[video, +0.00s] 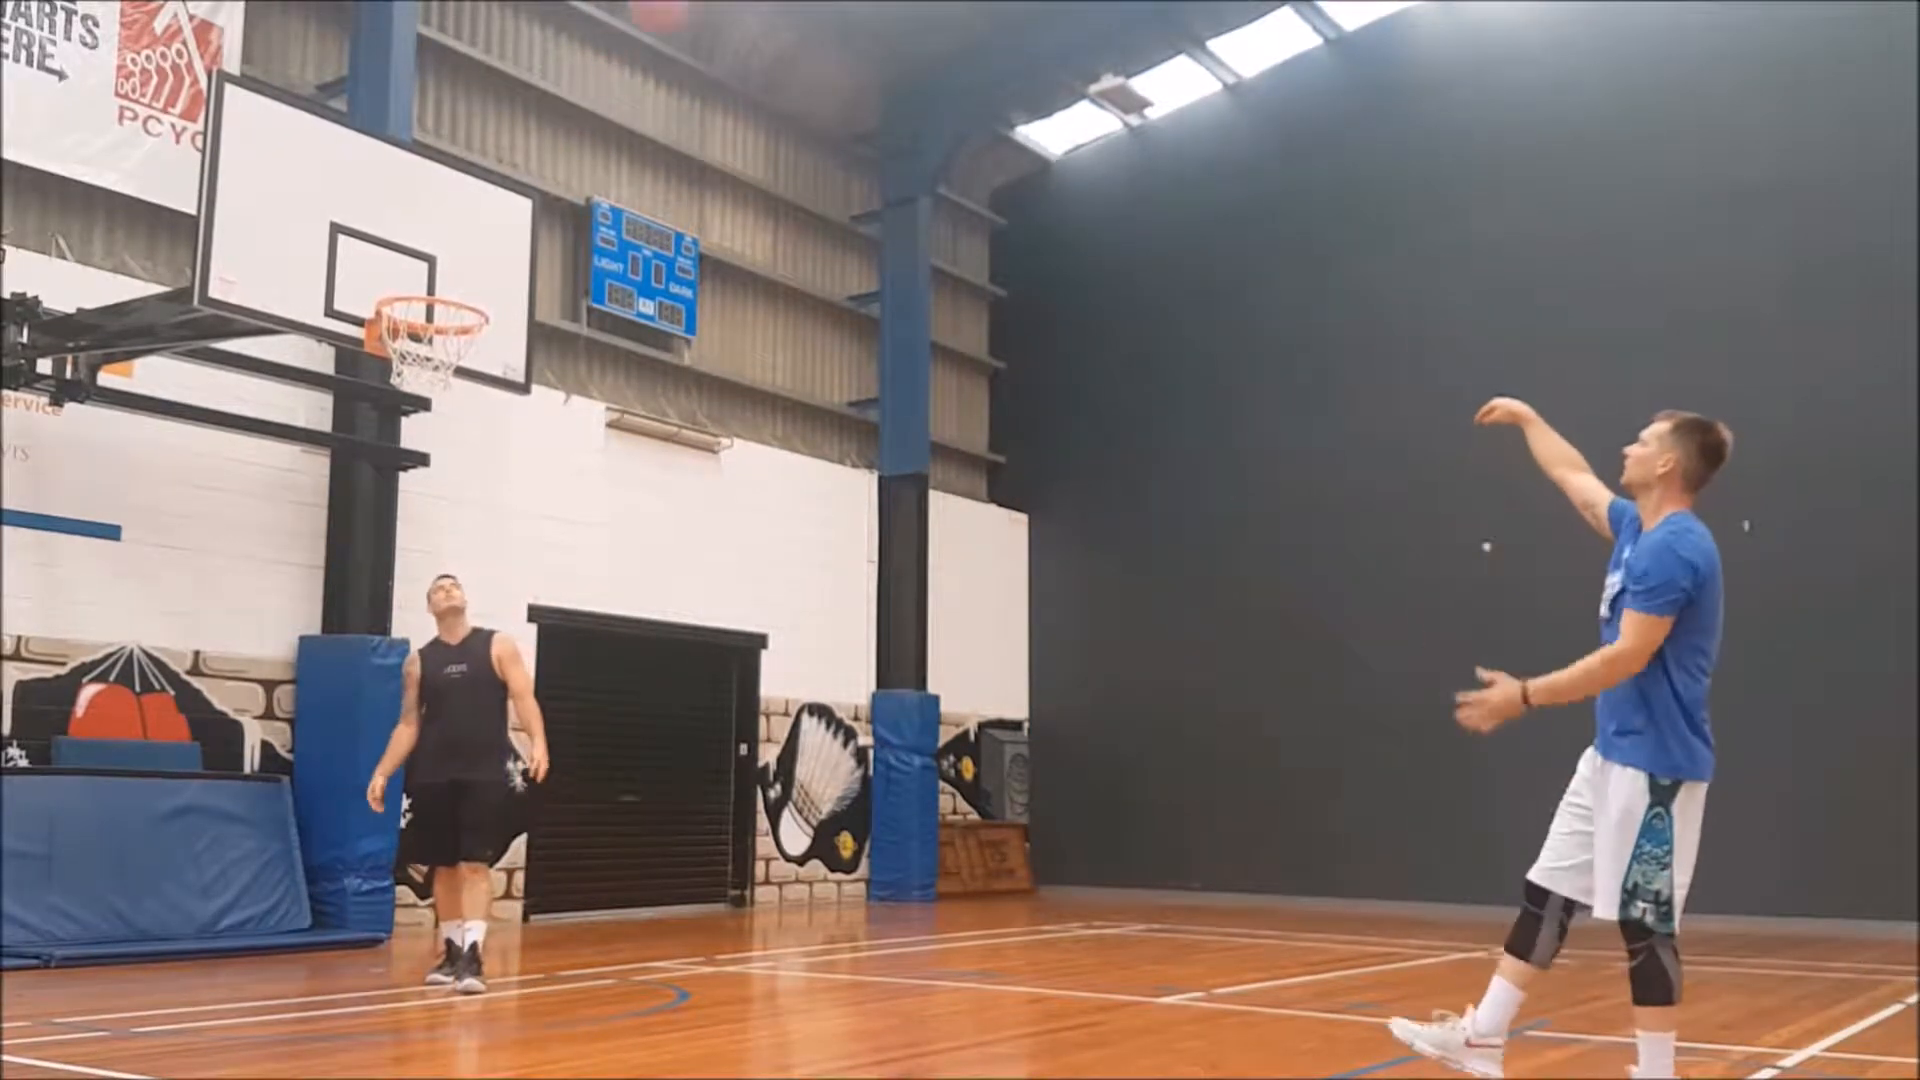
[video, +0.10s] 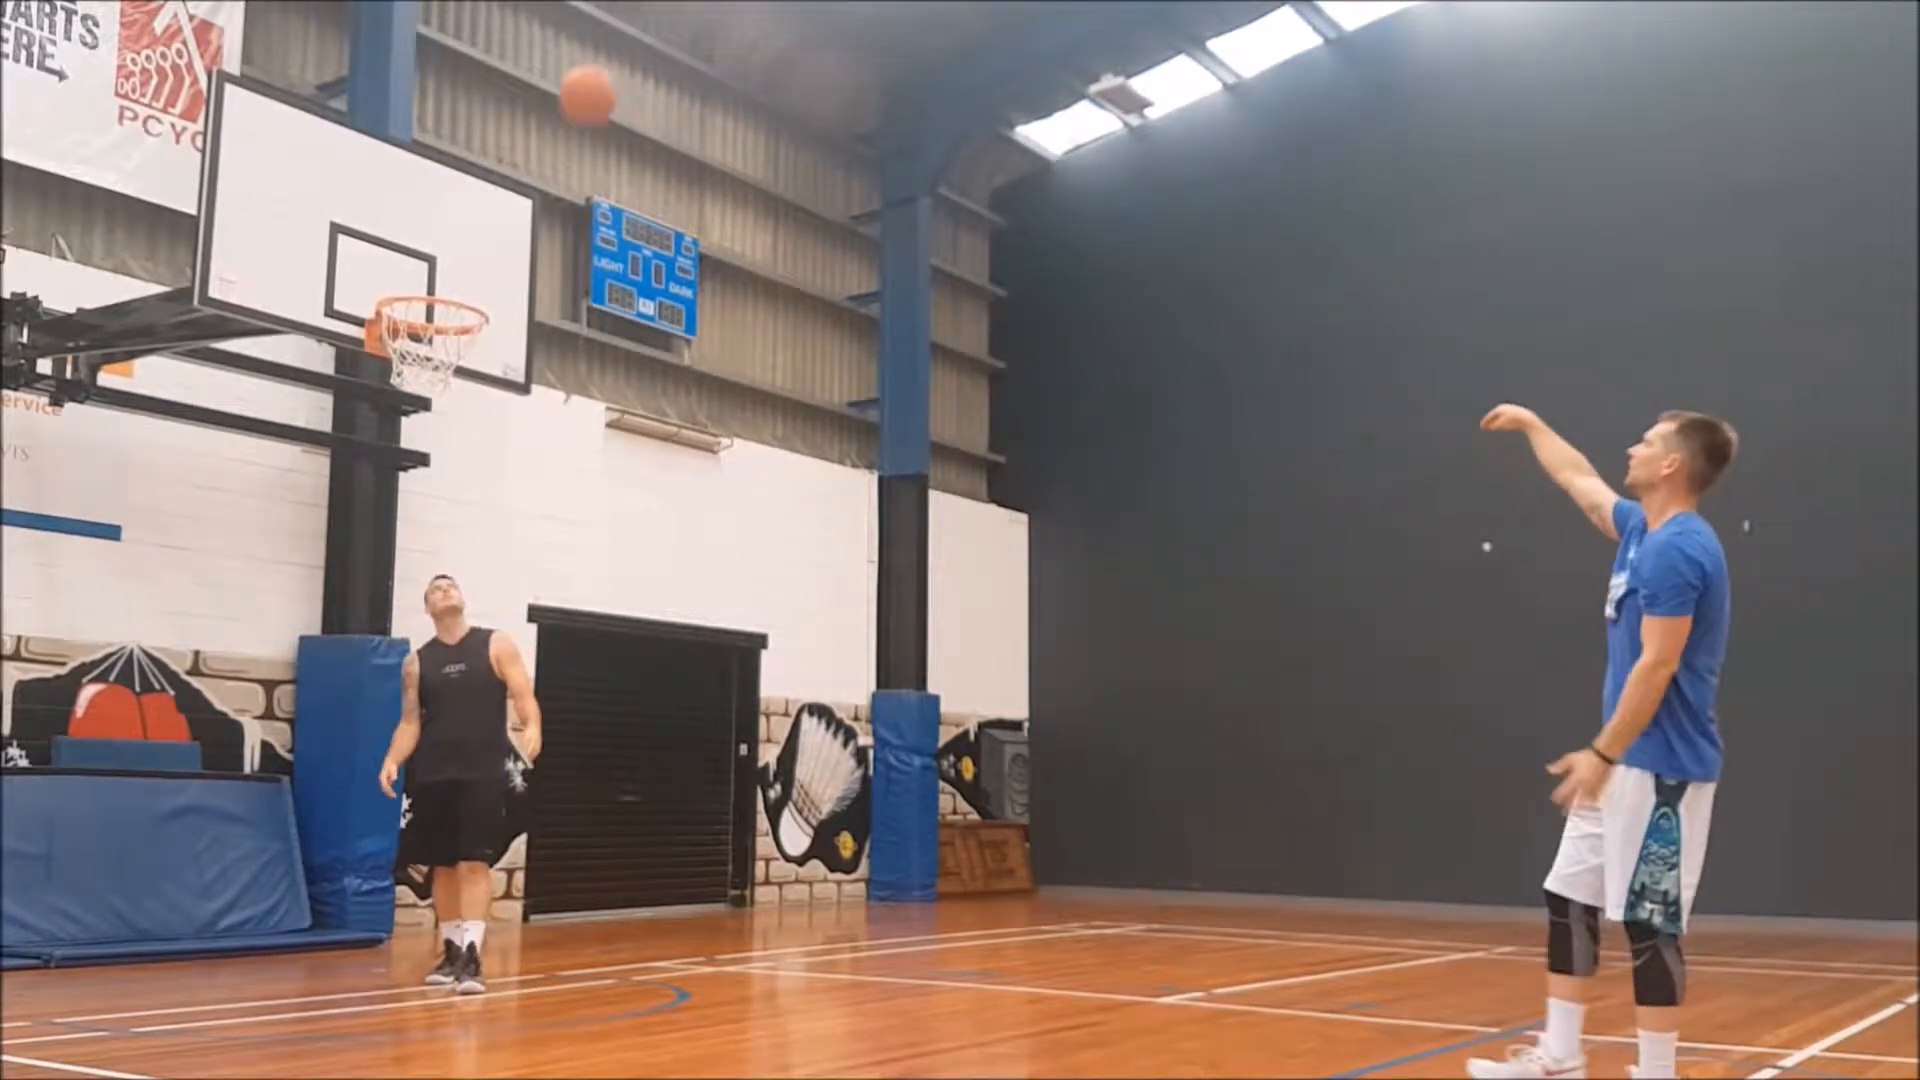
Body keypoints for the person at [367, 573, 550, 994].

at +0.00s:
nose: (447, 589)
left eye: (453, 586)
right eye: (439, 588)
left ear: (467, 601)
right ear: (429, 608)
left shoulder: (498, 645)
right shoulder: (419, 659)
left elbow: (524, 697)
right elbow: (409, 724)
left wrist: (538, 741)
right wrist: (382, 773)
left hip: (485, 773)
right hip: (433, 776)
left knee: (474, 863)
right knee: (444, 866)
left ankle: (472, 958)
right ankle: (451, 955)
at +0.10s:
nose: (444, 590)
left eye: (449, 586)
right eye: (436, 589)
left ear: (463, 601)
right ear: (427, 608)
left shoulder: (496, 644)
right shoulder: (417, 661)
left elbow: (524, 698)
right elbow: (411, 720)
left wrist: (532, 731)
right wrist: (392, 759)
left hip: (483, 773)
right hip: (433, 775)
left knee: (473, 863)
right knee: (443, 865)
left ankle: (471, 959)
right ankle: (451, 956)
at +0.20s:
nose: (443, 591)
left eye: (448, 587)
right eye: (435, 590)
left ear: (461, 601)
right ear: (426, 609)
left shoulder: (495, 644)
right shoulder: (415, 661)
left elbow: (528, 701)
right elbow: (410, 718)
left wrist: (492, 707)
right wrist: (398, 736)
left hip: (483, 771)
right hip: (433, 774)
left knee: (472, 860)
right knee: (443, 864)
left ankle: (471, 959)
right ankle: (451, 955)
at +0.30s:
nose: (443, 592)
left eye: (448, 588)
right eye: (435, 591)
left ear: (461, 603)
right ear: (425, 610)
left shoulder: (494, 643)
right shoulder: (415, 661)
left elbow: (534, 696)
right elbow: (403, 725)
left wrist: (519, 678)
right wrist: (389, 704)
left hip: (483, 769)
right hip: (433, 773)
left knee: (470, 854)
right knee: (442, 863)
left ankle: (468, 956)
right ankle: (449, 955)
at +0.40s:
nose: (444, 591)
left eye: (450, 588)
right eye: (436, 590)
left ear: (464, 607)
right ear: (427, 612)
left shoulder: (490, 643)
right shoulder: (416, 659)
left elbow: (530, 690)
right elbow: (389, 715)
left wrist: (520, 655)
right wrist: (375, 675)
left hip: (485, 767)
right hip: (433, 772)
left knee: (470, 852)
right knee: (442, 863)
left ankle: (466, 955)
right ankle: (449, 955)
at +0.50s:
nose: (446, 590)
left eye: (453, 588)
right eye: (438, 590)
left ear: (467, 608)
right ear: (429, 612)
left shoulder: (491, 642)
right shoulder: (418, 659)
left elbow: (533, 685)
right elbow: (376, 702)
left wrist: (517, 642)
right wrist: (363, 653)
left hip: (484, 768)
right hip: (432, 773)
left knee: (470, 854)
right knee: (441, 867)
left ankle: (466, 957)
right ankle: (450, 956)